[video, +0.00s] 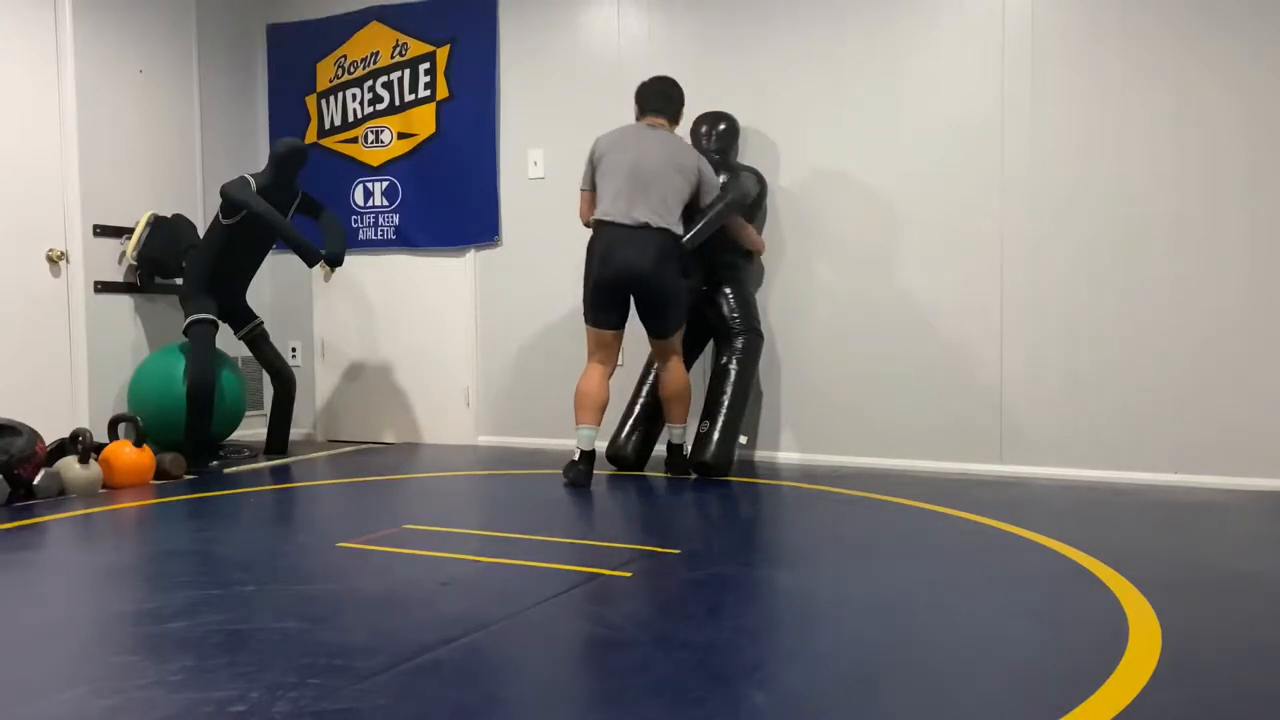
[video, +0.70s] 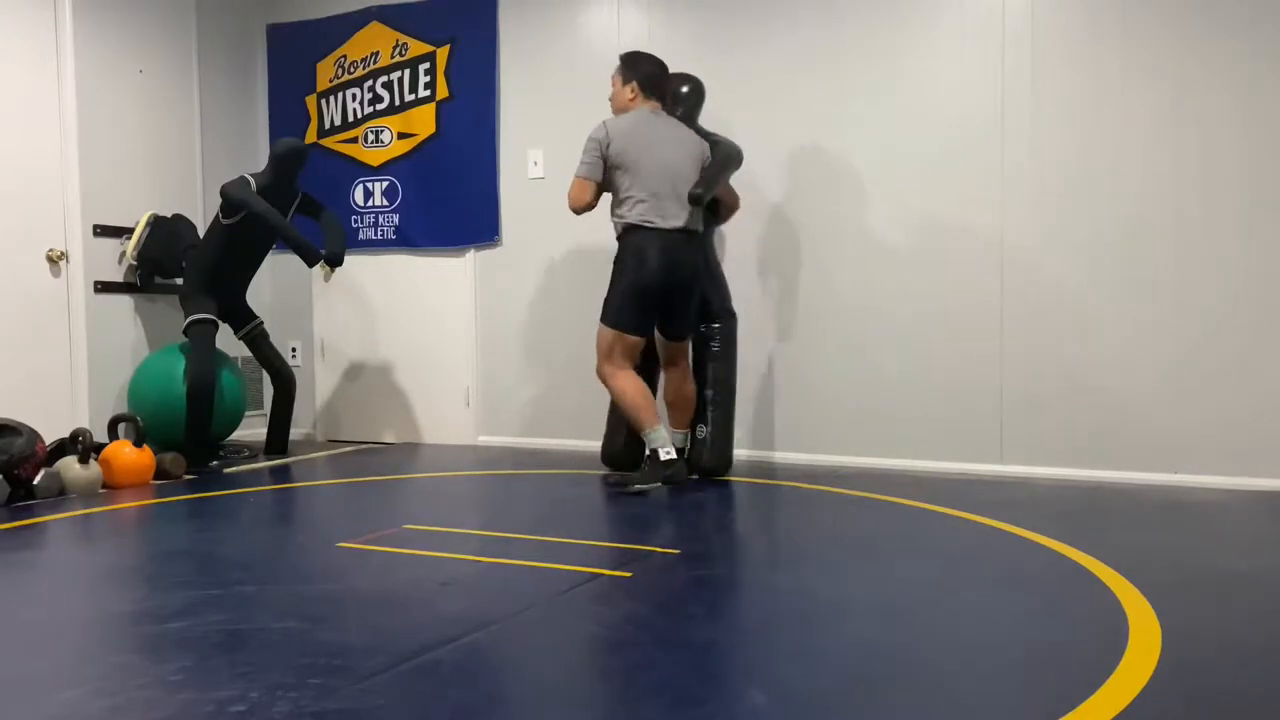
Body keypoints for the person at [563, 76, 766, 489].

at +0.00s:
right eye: (681, 115)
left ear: (637, 109)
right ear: (679, 116)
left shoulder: (604, 143)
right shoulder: (692, 157)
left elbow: (587, 215)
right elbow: (727, 217)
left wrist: (626, 225)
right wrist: (755, 242)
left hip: (606, 249)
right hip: (661, 252)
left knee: (600, 359)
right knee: (669, 355)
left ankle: (583, 457)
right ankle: (677, 453)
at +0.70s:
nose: (610, 94)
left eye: (614, 86)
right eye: (612, 85)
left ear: (632, 89)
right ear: (658, 92)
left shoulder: (609, 130)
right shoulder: (693, 139)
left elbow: (578, 201)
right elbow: (729, 202)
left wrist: (608, 178)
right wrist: (702, 226)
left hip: (640, 254)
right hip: (688, 255)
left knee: (614, 363)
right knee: (677, 359)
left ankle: (665, 456)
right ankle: (677, 460)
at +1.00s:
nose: (596, 65)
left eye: (604, 54)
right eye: (598, 54)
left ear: (635, 61)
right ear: (638, 63)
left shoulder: (615, 116)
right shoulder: (675, 113)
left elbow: (581, 189)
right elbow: (702, 180)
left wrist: (584, 146)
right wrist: (648, 189)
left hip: (637, 250)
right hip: (678, 249)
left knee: (620, 365)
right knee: (653, 358)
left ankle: (666, 465)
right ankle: (667, 460)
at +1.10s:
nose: (592, 56)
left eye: (600, 45)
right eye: (592, 46)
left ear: (633, 53)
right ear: (632, 55)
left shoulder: (619, 112)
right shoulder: (664, 105)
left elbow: (586, 186)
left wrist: (574, 151)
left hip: (641, 244)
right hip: (670, 239)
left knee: (624, 362)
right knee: (635, 359)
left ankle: (667, 469)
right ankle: (662, 463)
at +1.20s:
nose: (586, 52)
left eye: (595, 42)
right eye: (585, 42)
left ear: (627, 49)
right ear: (625, 52)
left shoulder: (619, 107)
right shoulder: (649, 99)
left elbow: (585, 183)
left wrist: (567, 152)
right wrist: (586, 152)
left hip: (641, 241)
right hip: (657, 236)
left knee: (635, 361)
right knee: (608, 340)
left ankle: (669, 467)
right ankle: (617, 446)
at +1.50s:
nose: (555, 61)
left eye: (563, 50)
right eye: (554, 52)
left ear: (596, 53)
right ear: (591, 56)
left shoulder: (602, 105)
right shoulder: (602, 102)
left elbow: (576, 173)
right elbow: (579, 164)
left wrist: (542, 148)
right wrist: (553, 143)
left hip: (603, 248)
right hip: (580, 248)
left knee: (610, 372)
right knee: (549, 360)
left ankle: (667, 465)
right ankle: (535, 464)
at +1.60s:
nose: (537, 62)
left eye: (545, 51)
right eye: (536, 53)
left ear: (577, 53)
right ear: (567, 57)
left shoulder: (588, 104)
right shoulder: (569, 106)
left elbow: (571, 170)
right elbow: (560, 162)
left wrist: (527, 148)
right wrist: (531, 145)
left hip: (588, 247)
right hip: (559, 247)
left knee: (560, 367)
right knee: (532, 358)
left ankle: (647, 447)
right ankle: (532, 466)